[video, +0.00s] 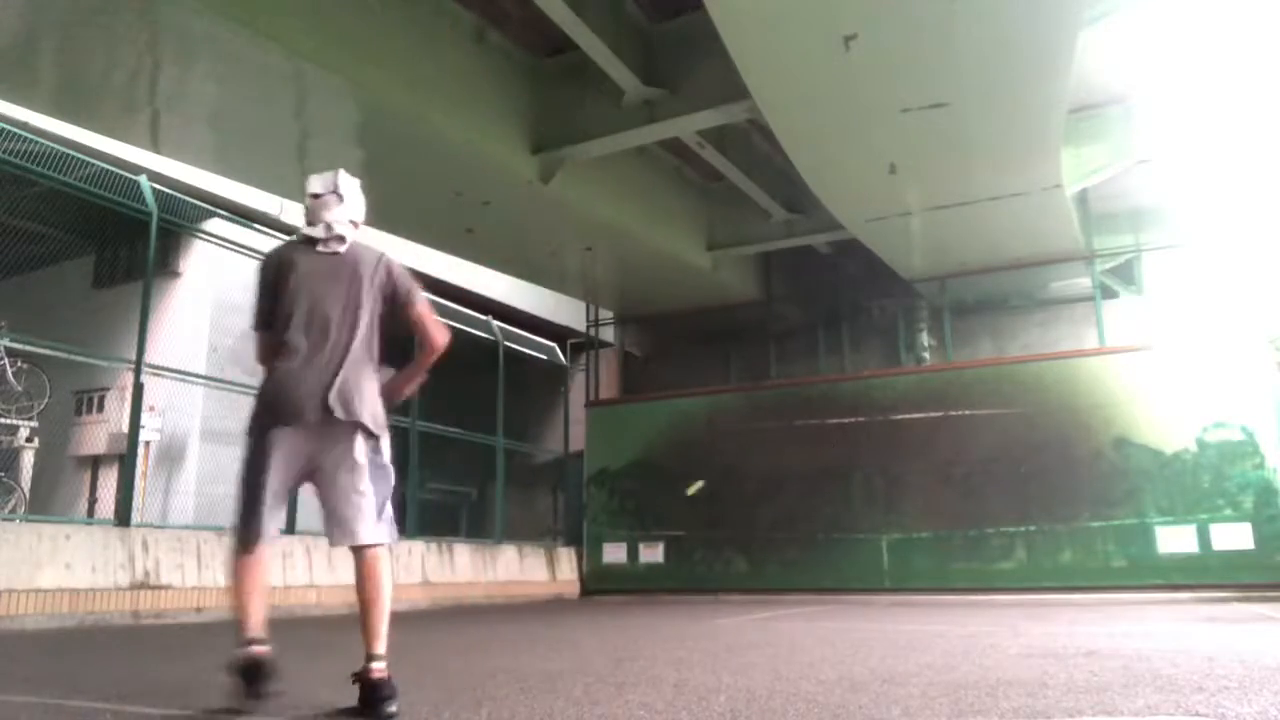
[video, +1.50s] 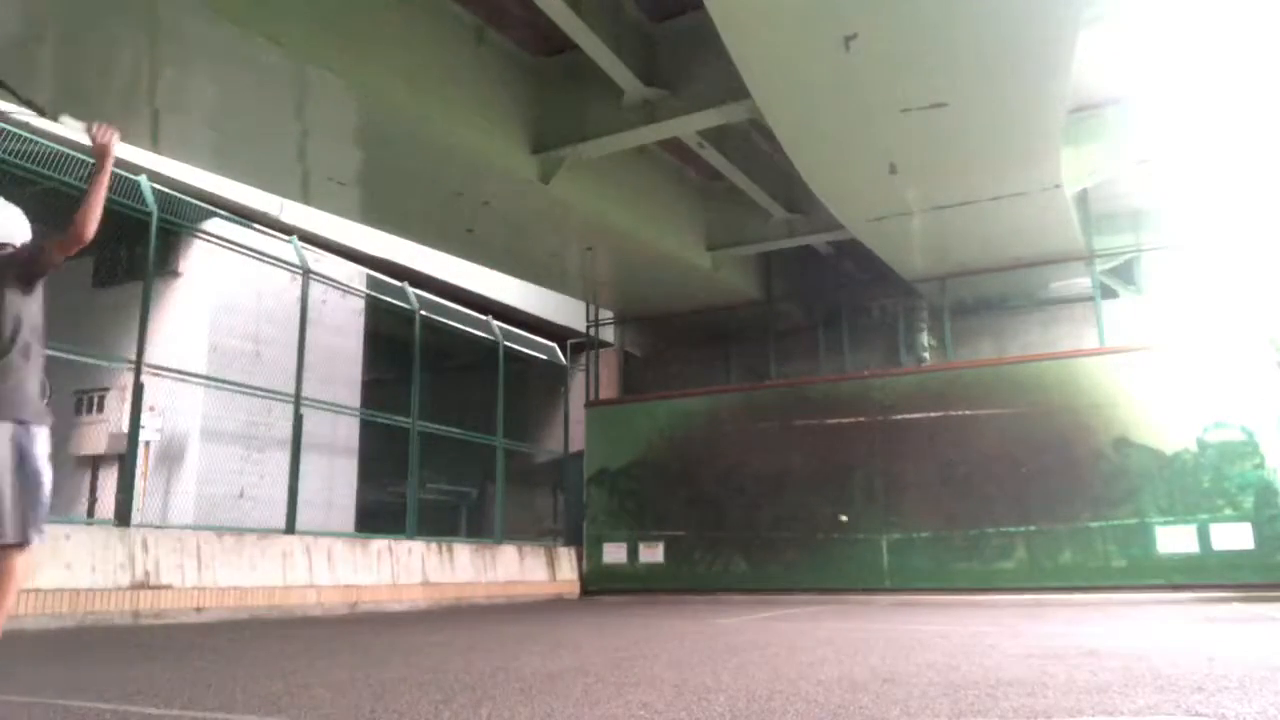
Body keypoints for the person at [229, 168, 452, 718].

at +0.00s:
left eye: (321, 211)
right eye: (345, 212)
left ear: (308, 215)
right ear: (358, 216)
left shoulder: (280, 262)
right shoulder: (383, 266)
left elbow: (267, 350)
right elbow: (435, 338)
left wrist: (302, 357)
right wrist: (400, 385)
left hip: (283, 416)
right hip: (355, 417)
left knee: (253, 538)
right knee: (370, 543)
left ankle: (254, 646)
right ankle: (376, 673)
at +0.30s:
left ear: (224, 206)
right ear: (273, 214)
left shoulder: (199, 244)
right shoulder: (292, 267)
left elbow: (143, 321)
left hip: (200, 410)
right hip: (270, 418)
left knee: (143, 535)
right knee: (281, 539)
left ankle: (142, 674)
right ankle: (338, 640)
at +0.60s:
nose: (131, 202)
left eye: (136, 196)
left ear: (141, 199)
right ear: (184, 207)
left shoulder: (140, 229)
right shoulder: (189, 252)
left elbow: (47, 267)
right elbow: (105, 328)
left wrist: (48, 222)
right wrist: (41, 284)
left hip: (155, 400)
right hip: (193, 401)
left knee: (131, 530)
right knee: (119, 524)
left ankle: (144, 674)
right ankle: (87, 648)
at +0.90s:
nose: (29, 296)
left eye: (35, 287)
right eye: (30, 288)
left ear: (52, 285)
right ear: (70, 283)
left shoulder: (70, 311)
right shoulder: (62, 324)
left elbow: (82, 372)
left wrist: (19, 374)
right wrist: (17, 396)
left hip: (87, 461)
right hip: (79, 462)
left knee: (60, 566)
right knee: (34, 563)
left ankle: (141, 666)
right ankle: (1, 654)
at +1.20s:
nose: (15, 252)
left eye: (11, 243)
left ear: (6, 247)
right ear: (41, 244)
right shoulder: (69, 278)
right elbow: (135, 271)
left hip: (10, 420)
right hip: (61, 421)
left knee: (6, 530)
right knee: (39, 537)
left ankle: (22, 623)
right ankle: (15, 631)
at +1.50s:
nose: (24, 244)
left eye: (20, 236)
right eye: (18, 237)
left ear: (15, 235)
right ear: (9, 238)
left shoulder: (22, 261)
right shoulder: (16, 263)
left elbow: (79, 235)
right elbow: (79, 234)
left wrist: (103, 161)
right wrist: (105, 160)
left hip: (25, 416)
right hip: (14, 415)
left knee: (18, 541)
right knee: (13, 543)